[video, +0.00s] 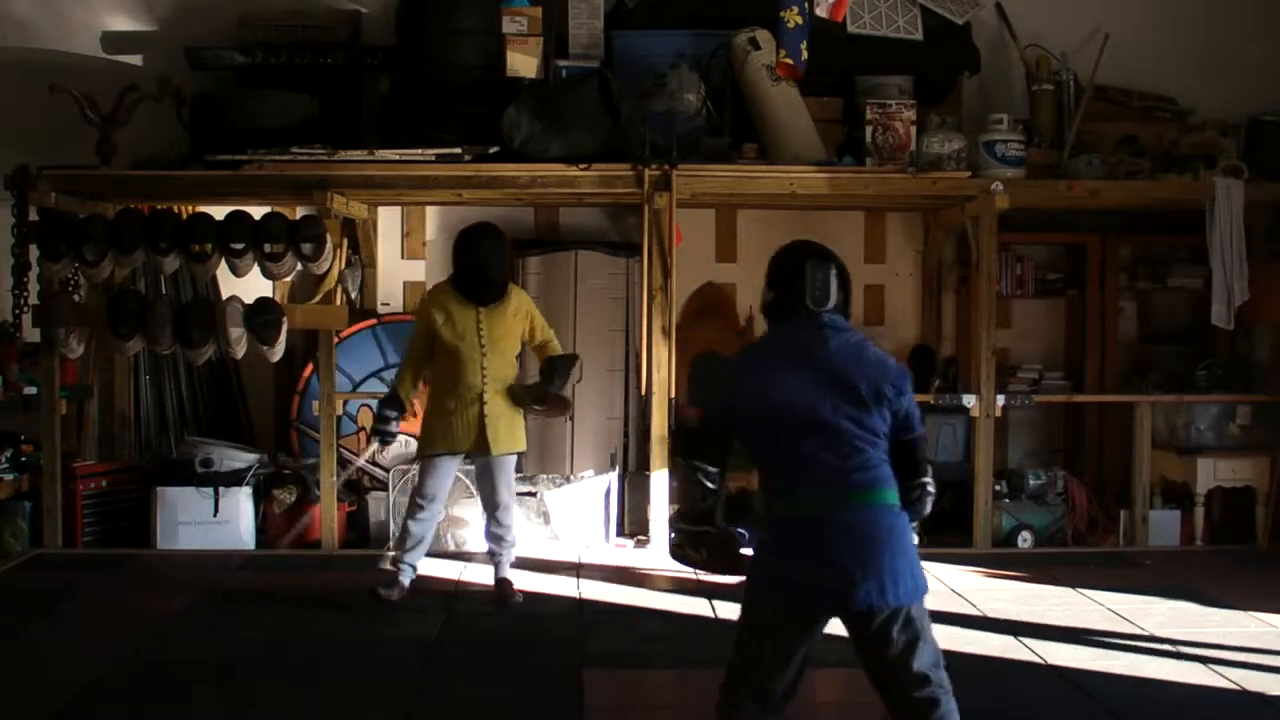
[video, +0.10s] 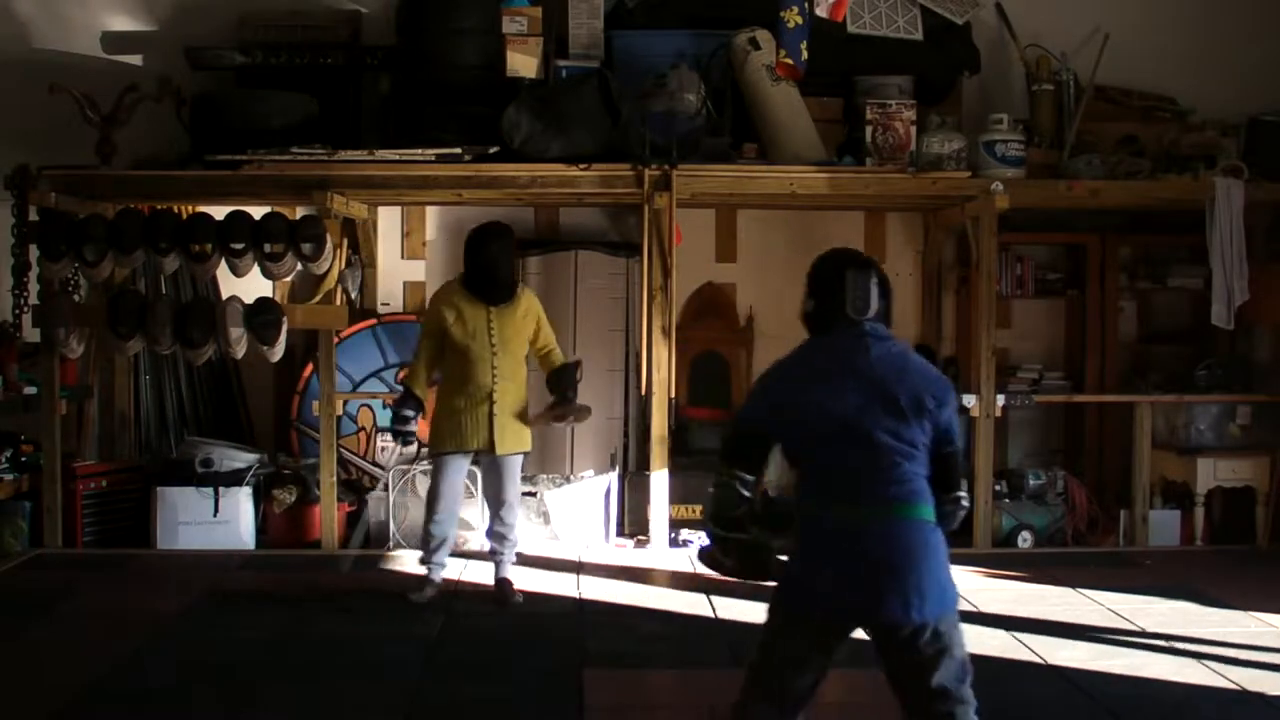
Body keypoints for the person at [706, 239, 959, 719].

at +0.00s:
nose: (765, 298)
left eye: (770, 289)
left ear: (772, 296)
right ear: (841, 296)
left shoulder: (749, 368)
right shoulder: (883, 370)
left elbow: (708, 458)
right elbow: (916, 482)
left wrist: (701, 523)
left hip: (791, 550)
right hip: (878, 546)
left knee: (752, 696)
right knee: (926, 694)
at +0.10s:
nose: (803, 309)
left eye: (808, 299)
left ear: (815, 306)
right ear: (883, 306)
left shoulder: (786, 377)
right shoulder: (928, 381)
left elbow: (735, 486)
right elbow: (952, 501)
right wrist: (905, 543)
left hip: (820, 564)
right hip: (910, 564)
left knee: (768, 703)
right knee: (947, 705)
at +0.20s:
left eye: (856, 297)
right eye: (907, 296)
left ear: (857, 303)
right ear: (919, 302)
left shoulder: (834, 373)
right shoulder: (955, 370)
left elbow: (787, 468)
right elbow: (987, 483)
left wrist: (778, 547)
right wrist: (966, 549)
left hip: (861, 557)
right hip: (944, 558)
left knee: (795, 701)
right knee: (977, 704)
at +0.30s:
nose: (881, 299)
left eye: (886, 290)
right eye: (887, 289)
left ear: (890, 295)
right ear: (949, 296)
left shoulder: (862, 364)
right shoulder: (996, 372)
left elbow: (823, 463)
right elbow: (1018, 489)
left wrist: (798, 523)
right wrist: (988, 538)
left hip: (886, 554)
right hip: (970, 555)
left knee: (834, 695)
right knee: (981, 701)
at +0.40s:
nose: (904, 291)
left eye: (909, 282)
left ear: (912, 288)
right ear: (976, 291)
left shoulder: (883, 360)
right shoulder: (1021, 368)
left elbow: (833, 461)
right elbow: (1043, 487)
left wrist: (811, 511)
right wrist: (1018, 544)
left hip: (901, 553)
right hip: (988, 553)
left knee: (879, 692)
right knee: (986, 700)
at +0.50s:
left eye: (926, 281)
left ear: (928, 287)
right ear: (993, 290)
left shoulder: (897, 359)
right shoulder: (1035, 367)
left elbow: (850, 451)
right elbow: (1058, 479)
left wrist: (812, 503)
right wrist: (1049, 542)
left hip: (914, 551)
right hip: (1001, 552)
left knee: (918, 690)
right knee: (995, 693)